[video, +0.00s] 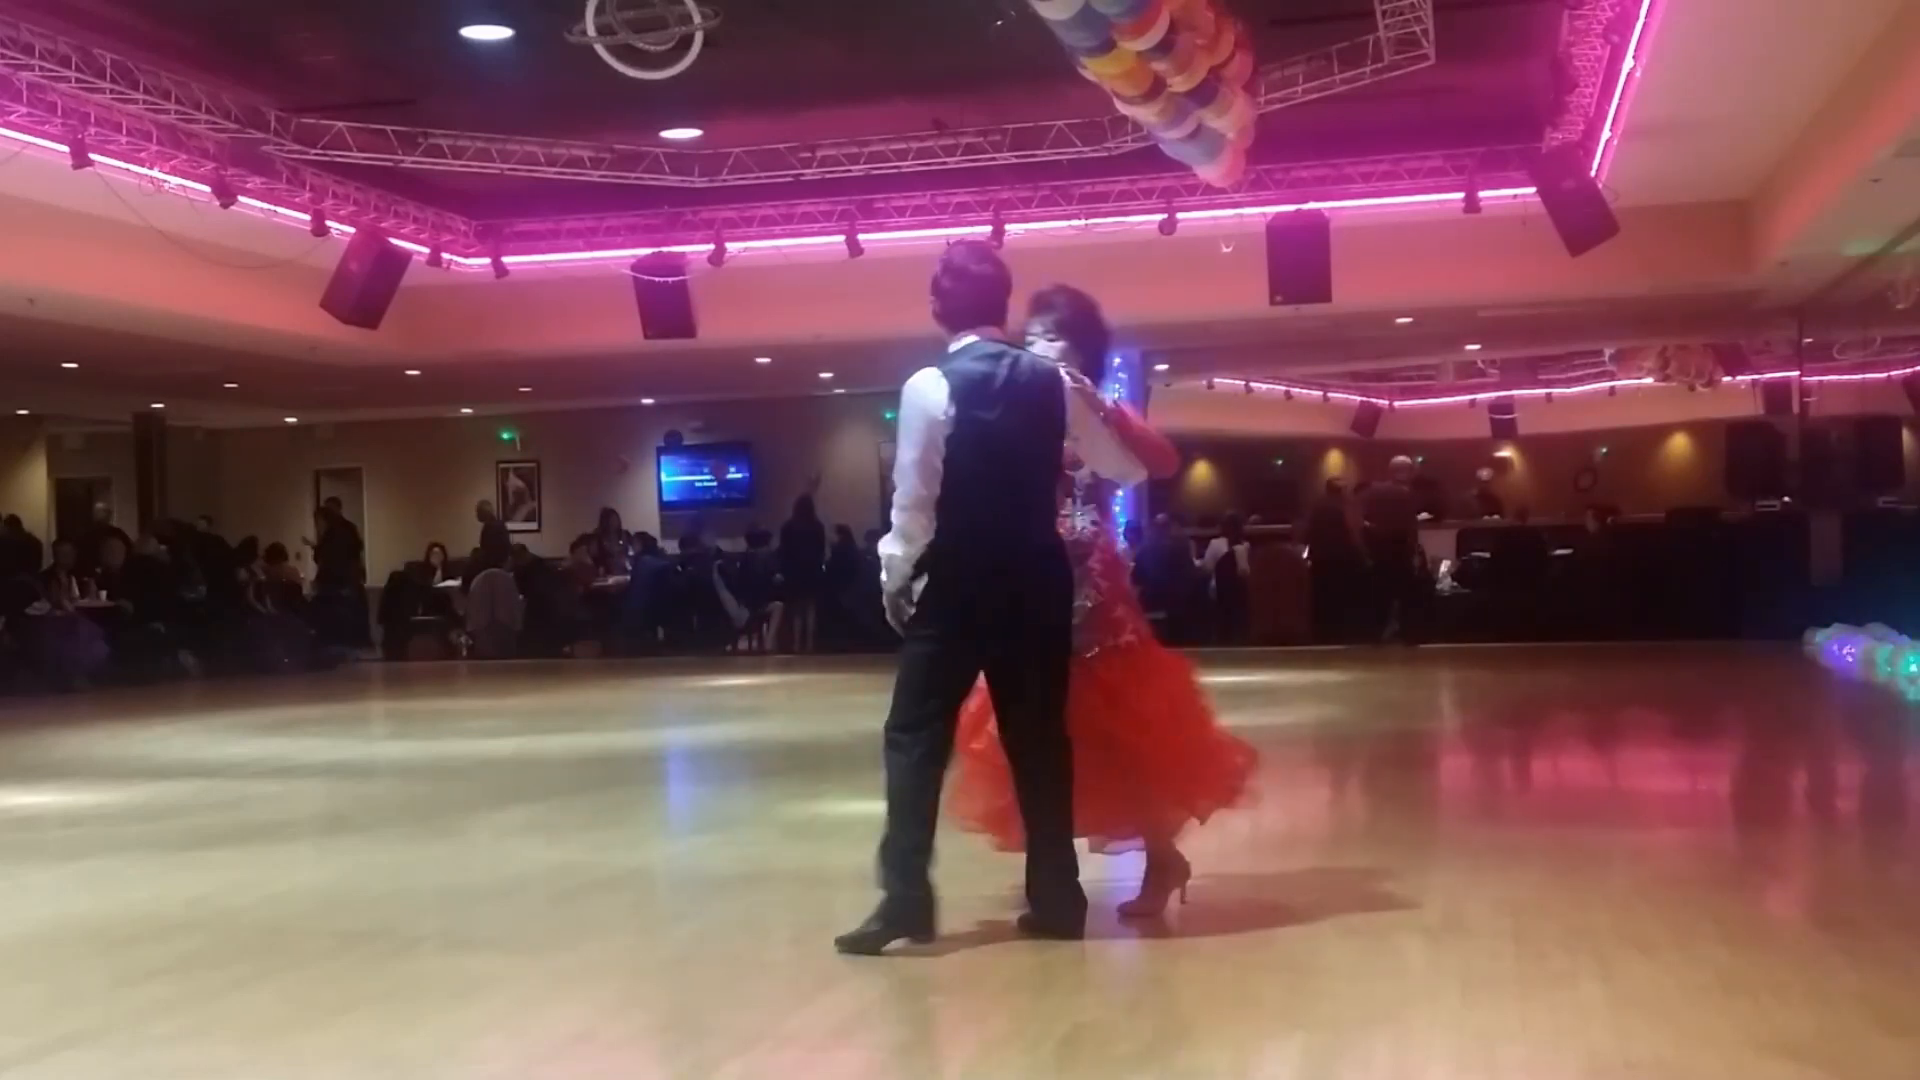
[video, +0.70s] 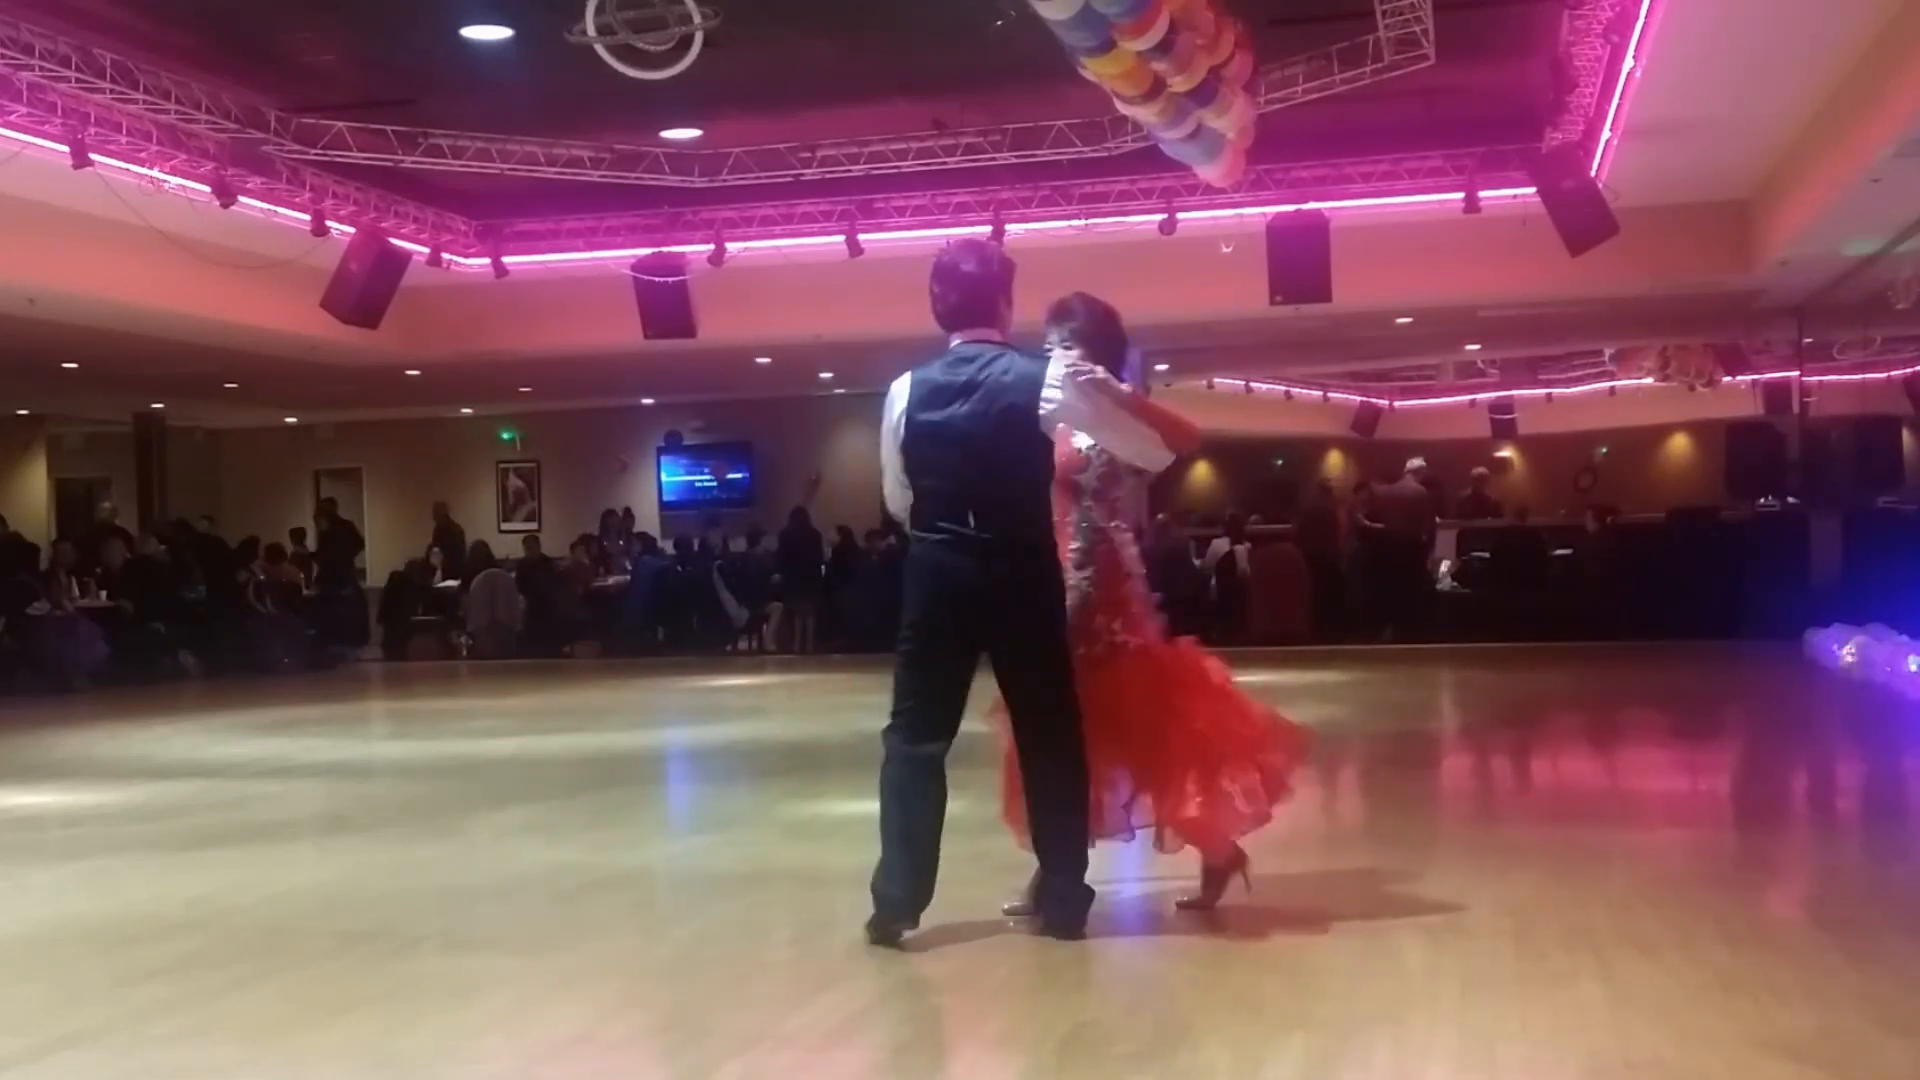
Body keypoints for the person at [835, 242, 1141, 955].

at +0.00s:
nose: (934, 317)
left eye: (935, 308)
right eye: (1013, 306)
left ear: (941, 313)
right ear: (1006, 309)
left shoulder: (929, 386)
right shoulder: (1056, 382)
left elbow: (916, 494)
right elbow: (1120, 465)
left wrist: (895, 577)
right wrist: (1073, 469)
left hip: (956, 583)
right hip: (1036, 582)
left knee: (913, 735)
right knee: (1039, 737)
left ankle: (905, 898)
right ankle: (1058, 902)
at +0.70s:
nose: (1010, 306)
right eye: (1007, 296)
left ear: (936, 309)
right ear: (1005, 303)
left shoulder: (906, 390)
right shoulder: (1053, 377)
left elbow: (899, 502)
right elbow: (1152, 451)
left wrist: (951, 532)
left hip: (937, 576)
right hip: (1025, 575)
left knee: (917, 729)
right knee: (1047, 726)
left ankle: (896, 906)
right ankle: (1064, 899)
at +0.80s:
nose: (1013, 305)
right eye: (1011, 294)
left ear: (940, 303)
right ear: (1010, 301)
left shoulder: (901, 388)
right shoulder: (1053, 374)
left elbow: (911, 487)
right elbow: (1143, 444)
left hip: (935, 577)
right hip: (1019, 577)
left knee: (923, 729)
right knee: (1047, 726)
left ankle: (900, 900)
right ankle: (1061, 897)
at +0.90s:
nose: (1011, 307)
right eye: (1008, 297)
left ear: (936, 302)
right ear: (1004, 301)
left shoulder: (903, 383)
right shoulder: (1032, 372)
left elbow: (903, 477)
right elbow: (1131, 437)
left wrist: (898, 375)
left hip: (927, 570)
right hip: (1009, 571)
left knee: (926, 724)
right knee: (1038, 725)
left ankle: (895, 894)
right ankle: (1059, 896)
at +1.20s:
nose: (987, 312)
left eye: (982, 301)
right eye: (983, 301)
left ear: (906, 301)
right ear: (970, 302)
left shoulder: (867, 378)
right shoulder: (965, 370)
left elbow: (849, 472)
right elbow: (1065, 387)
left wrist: (923, 477)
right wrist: (1119, 416)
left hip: (880, 564)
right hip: (949, 571)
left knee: (896, 728)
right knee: (993, 731)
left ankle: (886, 897)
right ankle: (1002, 897)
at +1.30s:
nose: (973, 313)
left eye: (971, 303)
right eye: (970, 303)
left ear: (900, 295)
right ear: (957, 304)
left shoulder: (861, 378)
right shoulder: (953, 368)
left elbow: (835, 474)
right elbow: (1044, 381)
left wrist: (900, 477)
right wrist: (1130, 387)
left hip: (873, 561)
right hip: (938, 565)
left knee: (888, 723)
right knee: (958, 730)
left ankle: (880, 894)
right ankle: (897, 887)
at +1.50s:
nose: (966, 312)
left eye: (964, 300)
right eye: (964, 300)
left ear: (895, 298)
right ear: (954, 301)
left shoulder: (858, 376)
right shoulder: (951, 370)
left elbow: (801, 469)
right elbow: (1048, 374)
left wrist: (829, 520)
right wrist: (1157, 357)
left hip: (870, 559)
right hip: (924, 562)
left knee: (903, 726)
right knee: (890, 726)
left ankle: (887, 894)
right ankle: (790, 877)